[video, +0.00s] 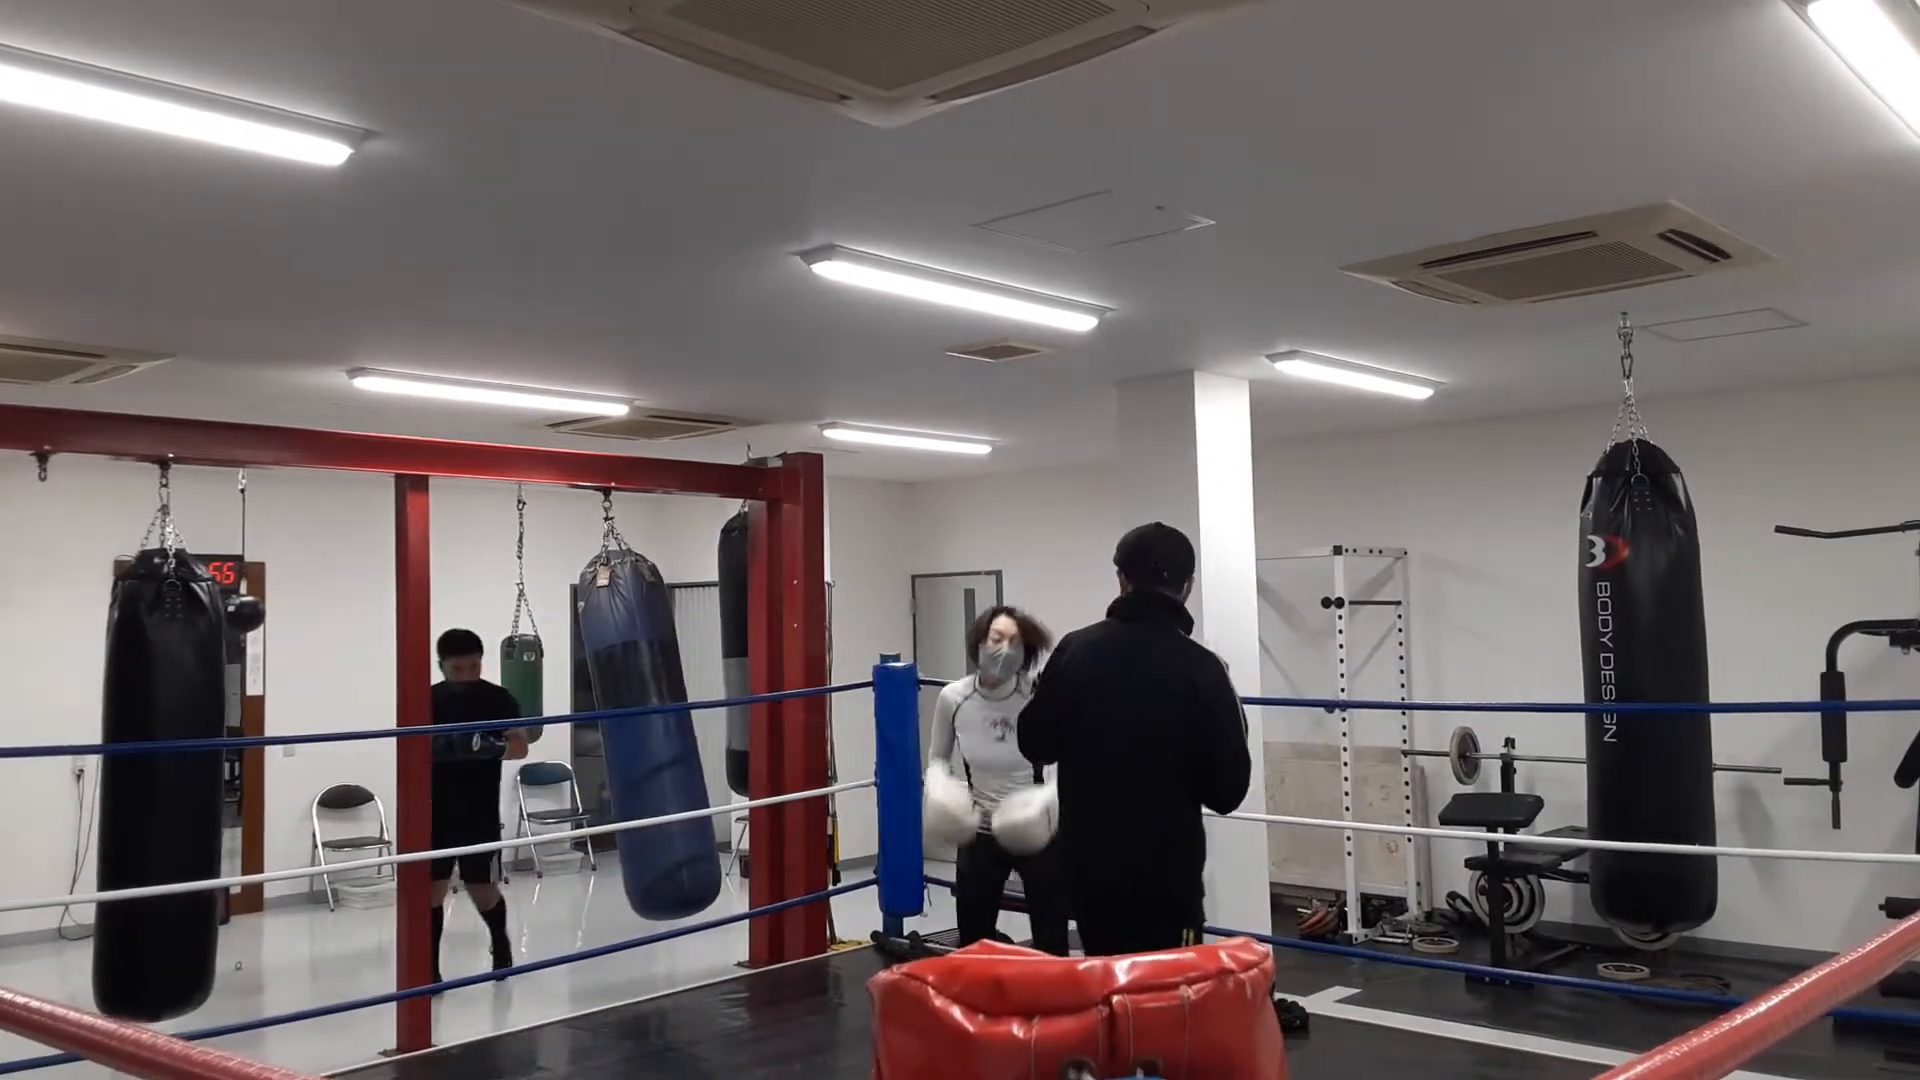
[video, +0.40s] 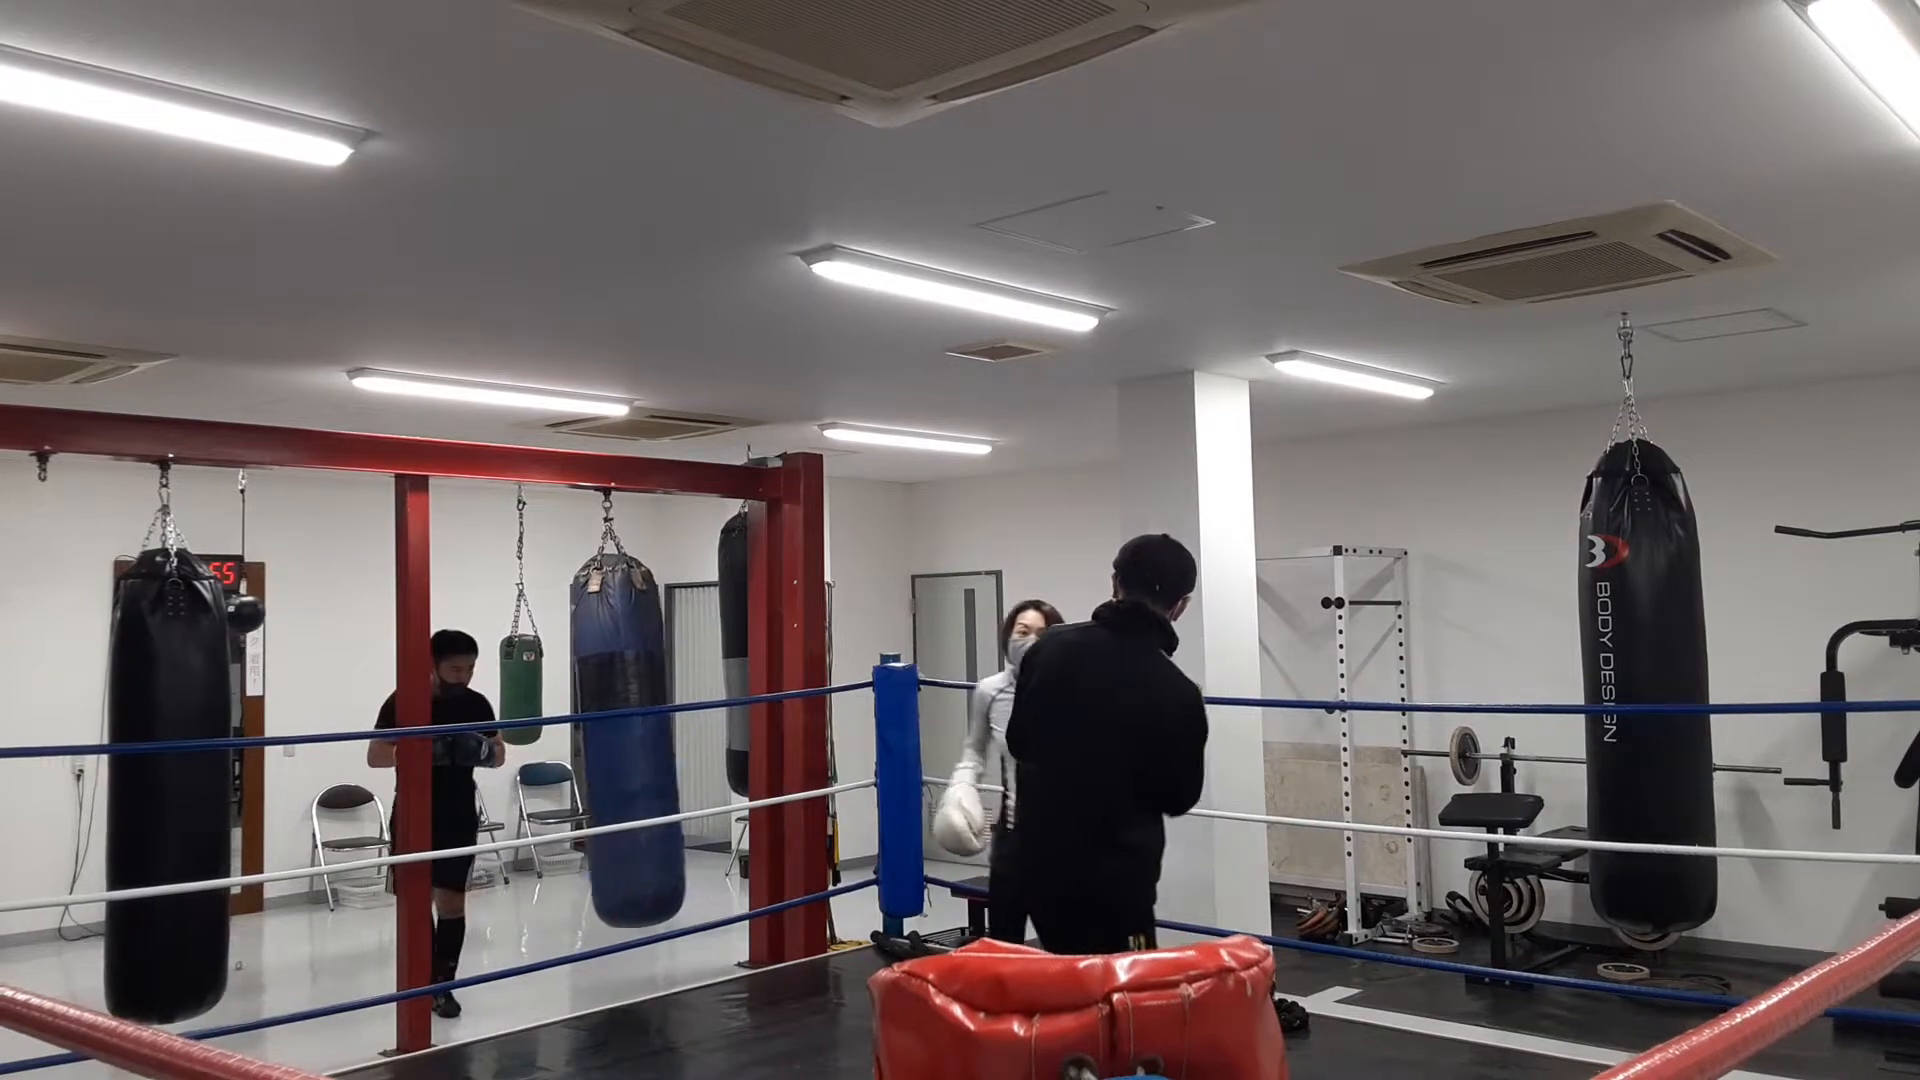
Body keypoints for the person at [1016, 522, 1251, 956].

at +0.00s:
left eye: (1117, 577)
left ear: (1121, 580)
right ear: (1187, 587)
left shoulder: (1076, 652)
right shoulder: (1203, 668)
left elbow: (1035, 744)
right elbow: (1227, 792)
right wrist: (1172, 750)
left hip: (1091, 866)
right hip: (1169, 872)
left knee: (1110, 1004)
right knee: (1170, 1007)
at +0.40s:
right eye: (1185, 603)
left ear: (1115, 584)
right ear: (1179, 606)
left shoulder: (1049, 648)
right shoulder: (1179, 692)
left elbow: (1019, 742)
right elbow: (1179, 796)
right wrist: (1123, 763)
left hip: (1046, 856)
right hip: (1123, 869)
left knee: (1067, 989)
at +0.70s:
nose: (1151, 616)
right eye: (1154, 607)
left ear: (1085, 586)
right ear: (1147, 610)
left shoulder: (1020, 654)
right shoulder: (1134, 684)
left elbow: (989, 746)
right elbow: (1146, 807)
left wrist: (1029, 794)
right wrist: (1097, 830)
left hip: (1011, 864)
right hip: (1089, 874)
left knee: (1027, 998)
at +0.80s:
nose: (1131, 619)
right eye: (1134, 610)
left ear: (1070, 588)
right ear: (1127, 610)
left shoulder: (1004, 658)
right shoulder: (1112, 684)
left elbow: (985, 763)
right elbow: (1125, 808)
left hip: (997, 864)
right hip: (1071, 872)